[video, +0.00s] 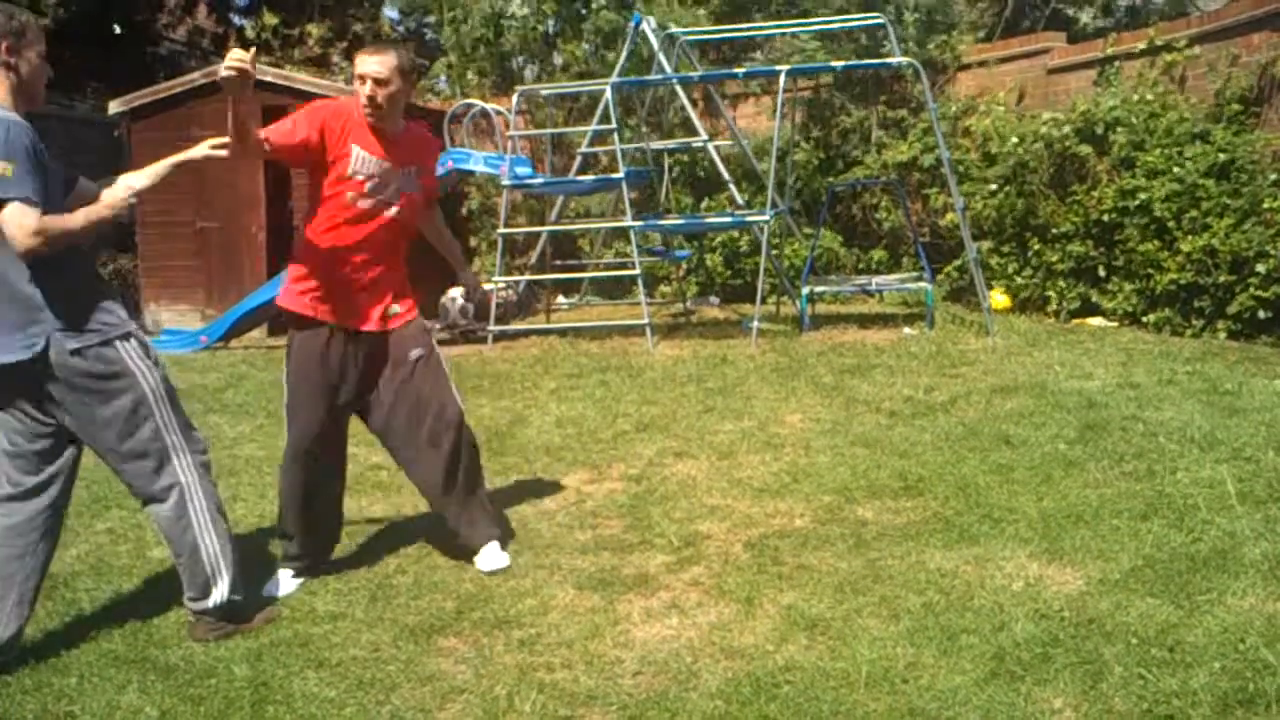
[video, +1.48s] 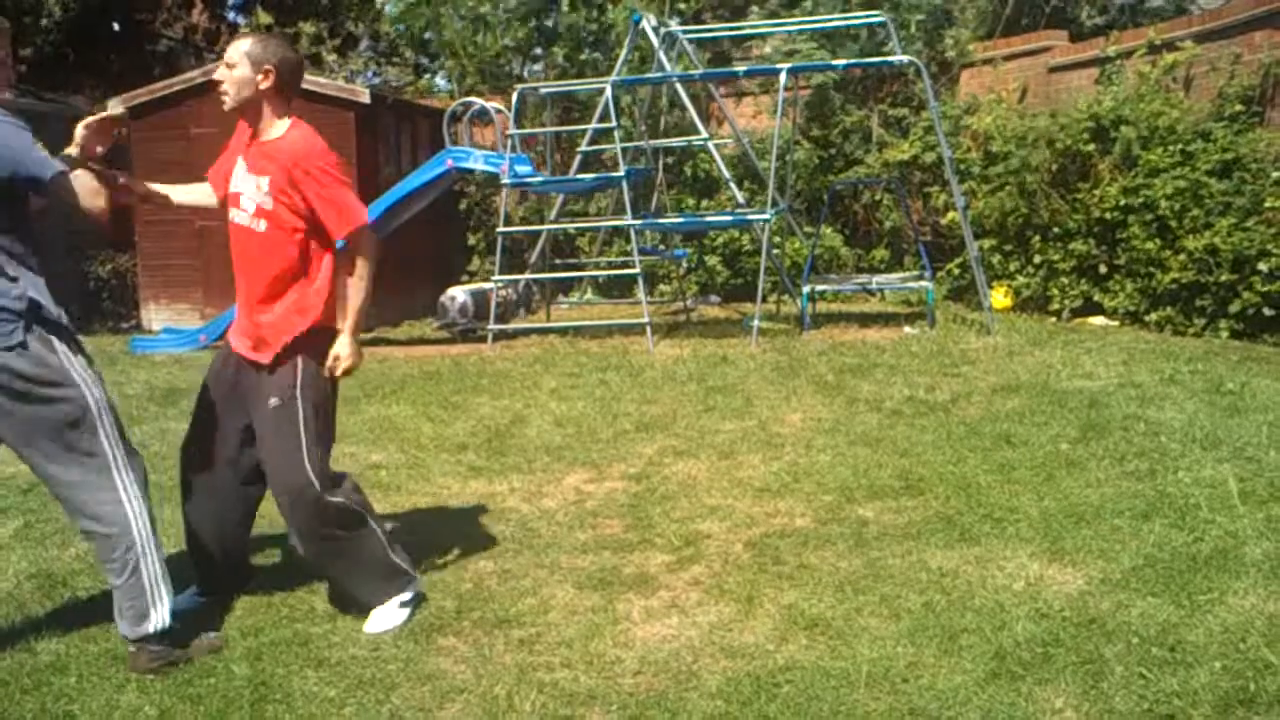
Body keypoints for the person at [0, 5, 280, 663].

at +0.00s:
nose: (47, 70)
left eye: (45, 58)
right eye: (39, 58)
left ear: (12, 60)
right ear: (9, 59)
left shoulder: (15, 131)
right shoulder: (12, 133)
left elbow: (55, 208)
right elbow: (24, 234)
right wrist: (103, 210)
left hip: (25, 343)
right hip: (79, 333)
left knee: (22, 499)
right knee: (169, 454)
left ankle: (4, 631)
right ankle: (219, 598)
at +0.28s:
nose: (30, 70)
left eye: (27, 60)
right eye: (23, 61)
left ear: (0, 70)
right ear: (3, 69)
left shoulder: (19, 129)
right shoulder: (30, 126)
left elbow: (128, 166)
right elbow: (138, 168)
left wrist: (126, 104)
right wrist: (133, 92)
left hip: (11, 344)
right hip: (62, 336)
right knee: (156, 461)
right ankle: (215, 603)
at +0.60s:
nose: (17, 74)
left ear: (13, 76)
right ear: (8, 74)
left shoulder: (10, 118)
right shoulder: (3, 117)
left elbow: (96, 122)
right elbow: (99, 122)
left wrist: (98, 48)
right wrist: (99, 41)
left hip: (15, 321)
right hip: (14, 323)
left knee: (105, 455)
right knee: (109, 455)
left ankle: (137, 610)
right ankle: (139, 620)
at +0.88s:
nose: (20, 82)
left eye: (17, 75)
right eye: (15, 75)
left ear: (10, 87)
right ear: (5, 85)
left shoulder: (9, 128)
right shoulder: (4, 123)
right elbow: (78, 112)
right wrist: (129, 40)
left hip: (16, 338)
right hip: (14, 340)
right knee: (118, 470)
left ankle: (139, 615)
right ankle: (139, 630)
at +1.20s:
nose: (13, 75)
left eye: (10, 66)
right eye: (11, 67)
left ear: (2, 80)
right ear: (7, 75)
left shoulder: (14, 133)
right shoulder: (15, 132)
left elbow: (29, 146)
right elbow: (109, 185)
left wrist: (82, 115)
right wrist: (127, 157)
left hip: (15, 339)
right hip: (25, 340)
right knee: (107, 471)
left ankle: (155, 619)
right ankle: (156, 629)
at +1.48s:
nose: (12, 71)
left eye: (11, 60)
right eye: (8, 60)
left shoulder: (10, 128)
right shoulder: (4, 128)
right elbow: (94, 202)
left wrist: (74, 155)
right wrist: (85, 165)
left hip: (14, 321)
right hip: (13, 322)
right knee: (102, 460)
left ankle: (148, 622)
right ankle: (151, 630)